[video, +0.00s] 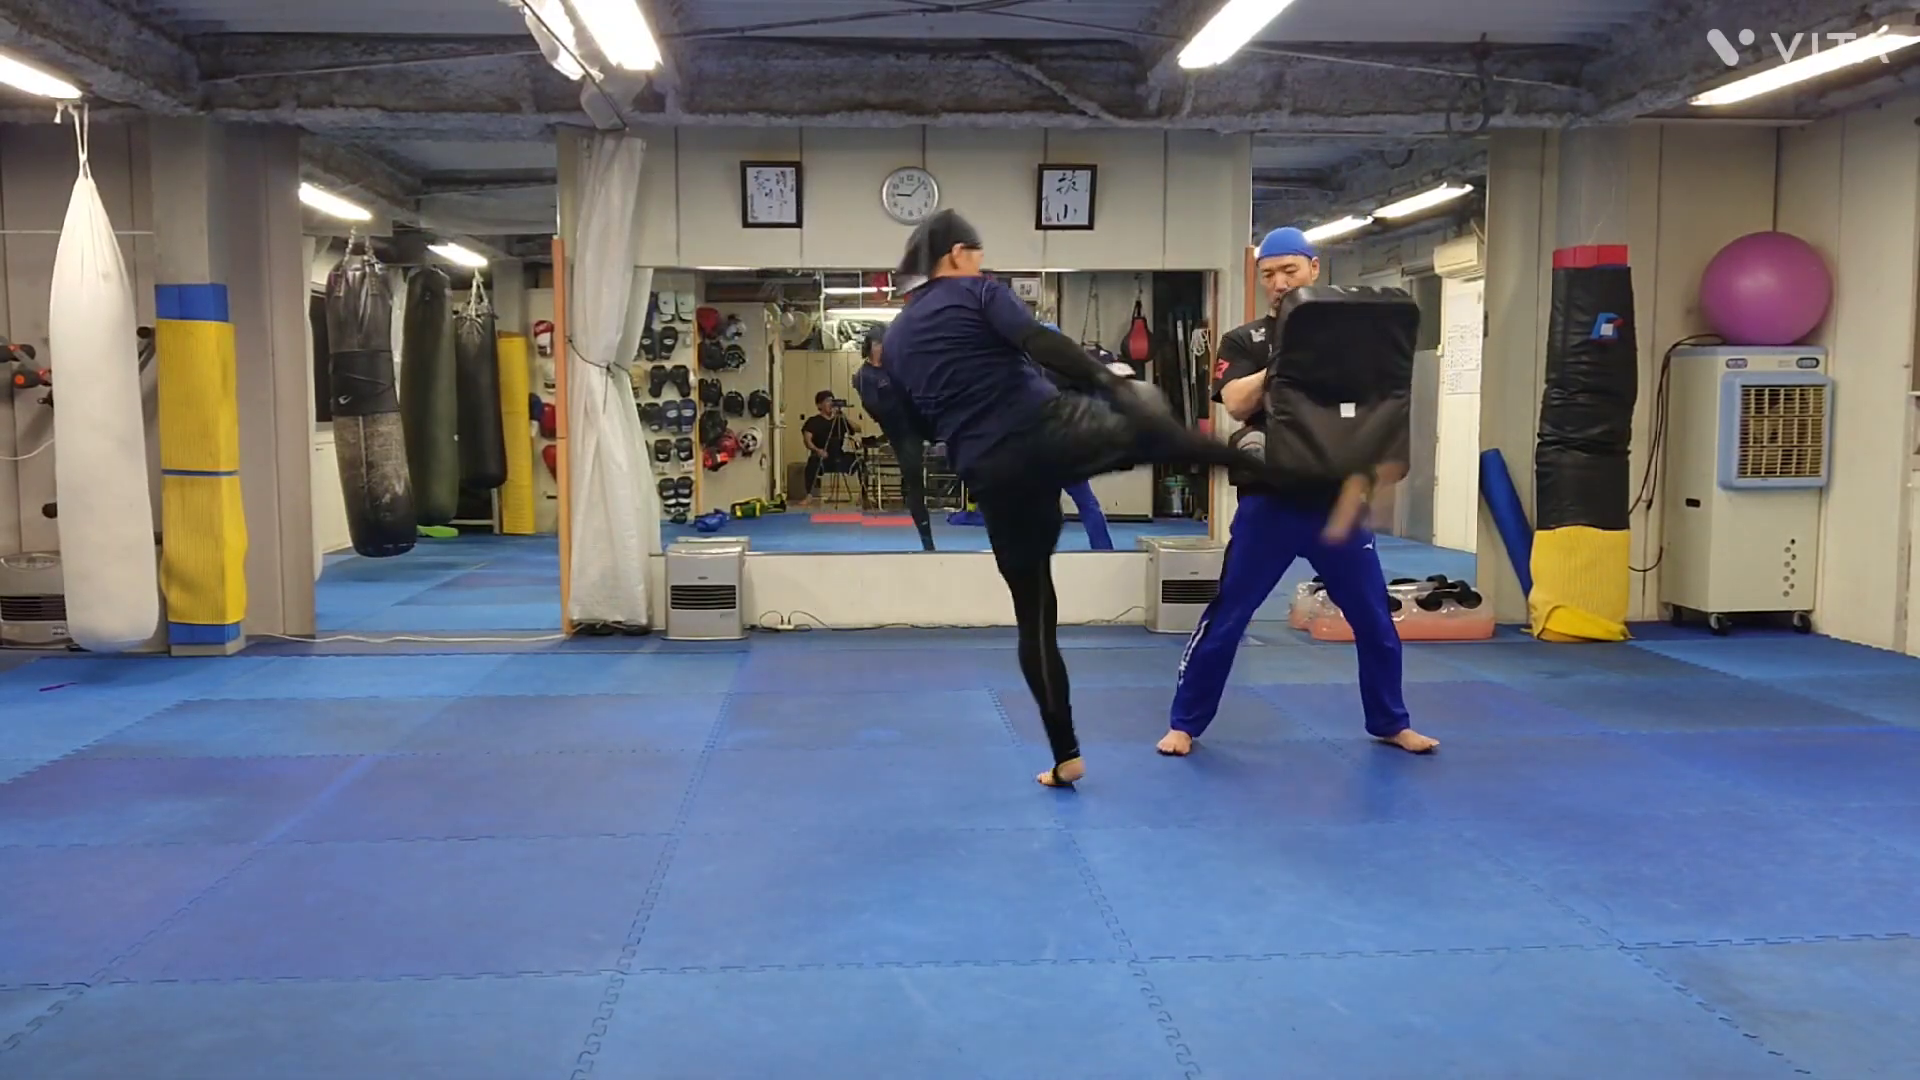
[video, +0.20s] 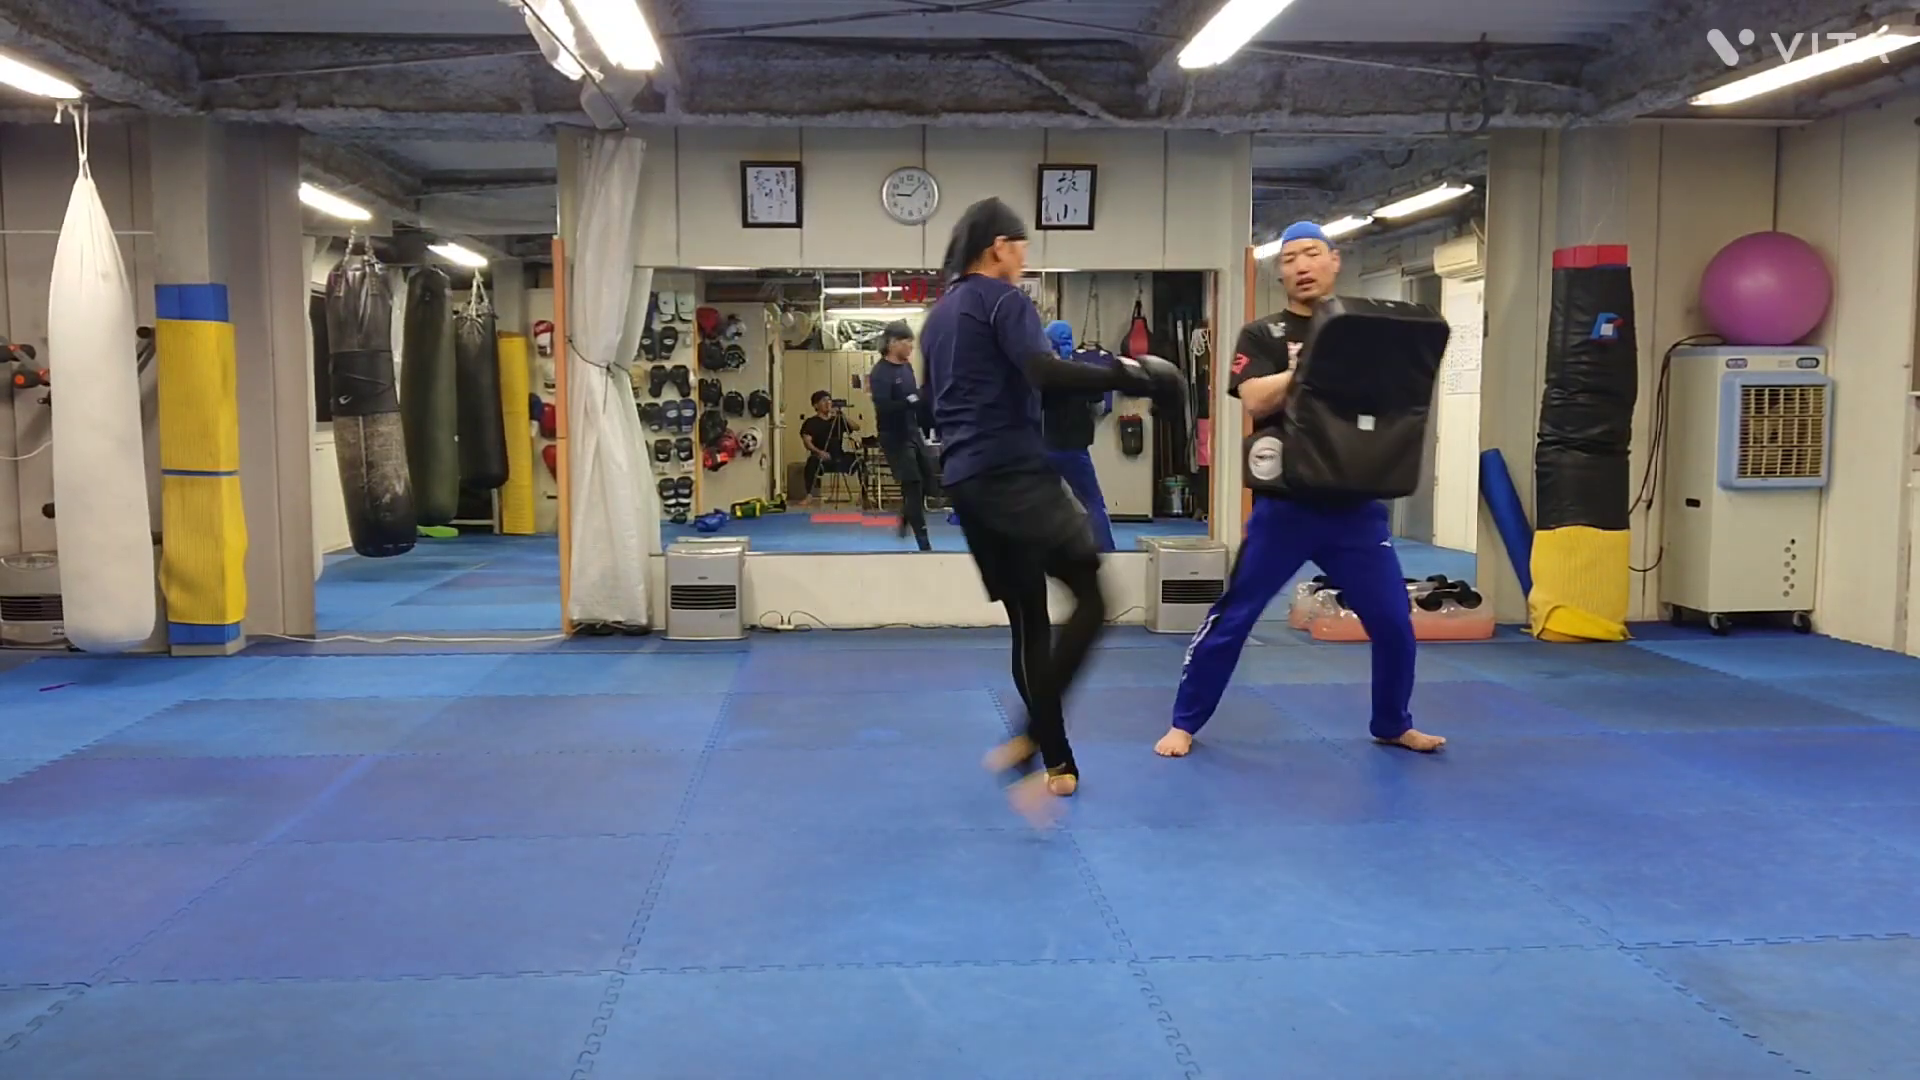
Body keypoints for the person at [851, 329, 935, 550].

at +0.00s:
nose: (883, 349)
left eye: (884, 344)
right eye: (879, 345)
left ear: (885, 346)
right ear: (870, 347)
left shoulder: (894, 366)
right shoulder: (865, 374)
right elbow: (873, 407)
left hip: (916, 420)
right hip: (897, 427)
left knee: (915, 473)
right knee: (913, 480)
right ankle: (927, 539)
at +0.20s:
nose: (911, 347)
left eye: (911, 342)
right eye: (907, 342)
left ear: (904, 344)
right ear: (892, 343)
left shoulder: (906, 367)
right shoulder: (880, 372)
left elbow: (912, 397)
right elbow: (883, 406)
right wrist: (909, 400)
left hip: (913, 432)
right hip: (894, 436)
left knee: (926, 479)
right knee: (912, 483)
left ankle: (906, 515)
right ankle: (922, 538)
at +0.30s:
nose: (919, 348)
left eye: (919, 343)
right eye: (915, 343)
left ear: (903, 344)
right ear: (901, 344)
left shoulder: (900, 369)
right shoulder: (891, 370)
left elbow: (905, 400)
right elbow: (898, 402)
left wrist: (924, 402)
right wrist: (925, 398)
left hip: (899, 438)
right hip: (889, 439)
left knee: (903, 487)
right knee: (899, 486)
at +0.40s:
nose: (921, 353)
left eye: (921, 348)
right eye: (918, 348)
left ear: (902, 349)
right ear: (904, 348)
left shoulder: (887, 368)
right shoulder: (897, 373)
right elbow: (908, 401)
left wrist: (923, 403)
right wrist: (930, 405)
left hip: (875, 437)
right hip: (881, 439)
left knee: (871, 491)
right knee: (905, 491)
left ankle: (859, 542)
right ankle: (916, 540)